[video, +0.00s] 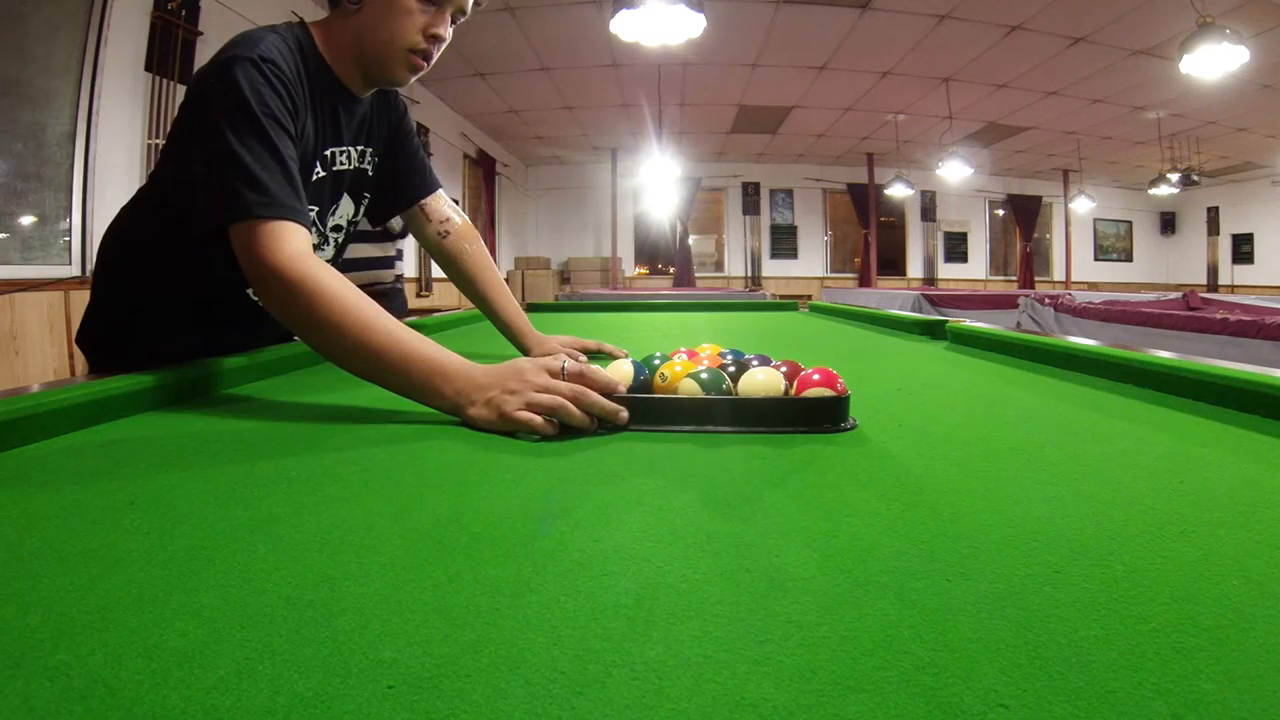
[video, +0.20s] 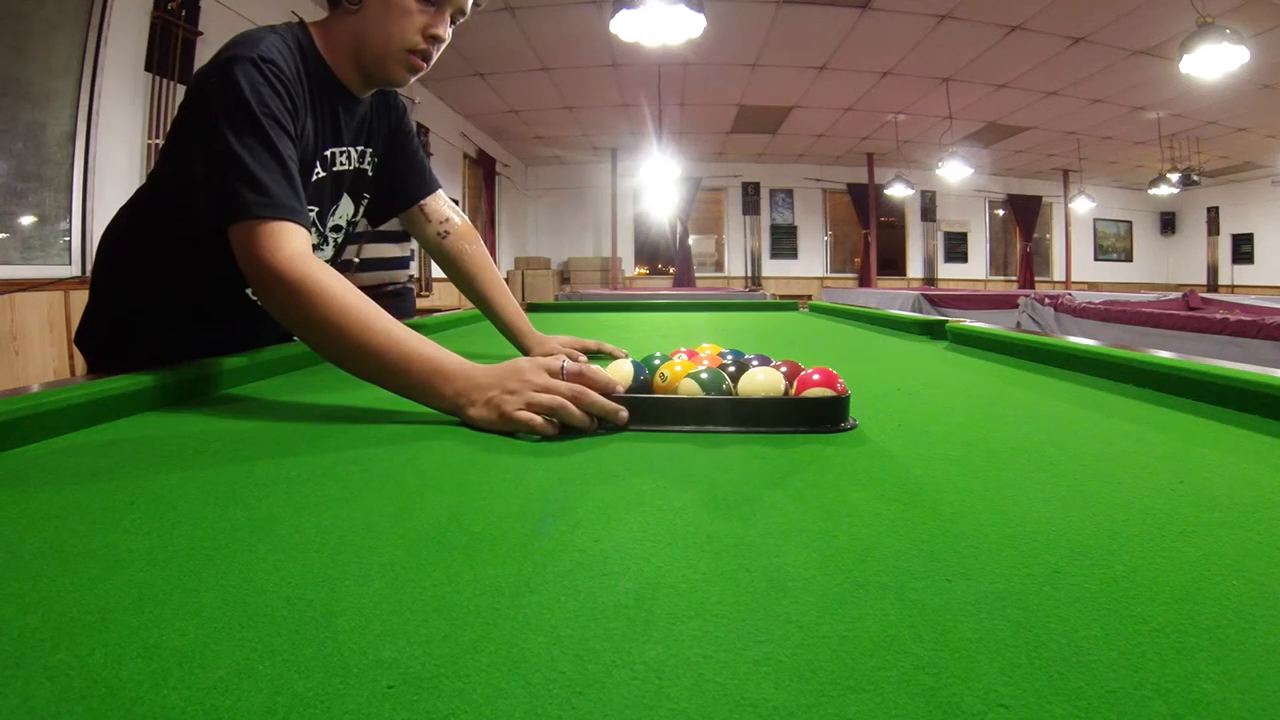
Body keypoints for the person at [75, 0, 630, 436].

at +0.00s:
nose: (442, 34)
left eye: (453, 18)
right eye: (429, 5)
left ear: (454, 26)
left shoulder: (383, 102)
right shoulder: (255, 71)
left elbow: (441, 224)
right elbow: (278, 267)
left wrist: (529, 337)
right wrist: (468, 384)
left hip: (263, 336)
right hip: (152, 342)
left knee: (243, 527)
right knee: (140, 537)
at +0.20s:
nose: (441, 34)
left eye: (452, 18)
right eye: (427, 5)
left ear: (453, 27)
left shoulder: (383, 104)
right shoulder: (255, 72)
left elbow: (442, 225)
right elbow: (277, 266)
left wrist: (528, 337)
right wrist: (466, 384)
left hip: (260, 336)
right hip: (151, 341)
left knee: (241, 526)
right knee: (139, 537)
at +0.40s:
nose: (441, 34)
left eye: (451, 20)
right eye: (427, 6)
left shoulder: (382, 104)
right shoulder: (254, 72)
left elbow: (441, 225)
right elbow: (277, 267)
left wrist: (528, 337)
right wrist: (465, 384)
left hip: (261, 336)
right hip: (151, 341)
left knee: (241, 527)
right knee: (138, 537)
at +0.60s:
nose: (442, 35)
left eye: (451, 20)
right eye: (427, 6)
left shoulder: (382, 106)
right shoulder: (255, 73)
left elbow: (443, 227)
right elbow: (277, 272)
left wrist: (529, 341)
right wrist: (460, 384)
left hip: (262, 336)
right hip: (152, 342)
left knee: (242, 525)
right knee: (139, 534)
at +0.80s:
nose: (444, 34)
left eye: (454, 21)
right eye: (430, 5)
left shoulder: (384, 106)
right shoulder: (256, 82)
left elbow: (443, 225)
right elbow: (273, 278)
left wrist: (522, 335)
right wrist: (464, 374)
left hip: (257, 341)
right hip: (150, 343)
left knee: (241, 521)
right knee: (143, 531)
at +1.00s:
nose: (452, 37)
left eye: (460, 22)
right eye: (437, 10)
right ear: (359, 3)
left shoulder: (387, 108)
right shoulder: (266, 78)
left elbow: (444, 224)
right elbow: (305, 247)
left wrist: (517, 320)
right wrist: (547, 319)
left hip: (254, 338)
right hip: (149, 337)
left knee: (241, 517)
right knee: (137, 528)